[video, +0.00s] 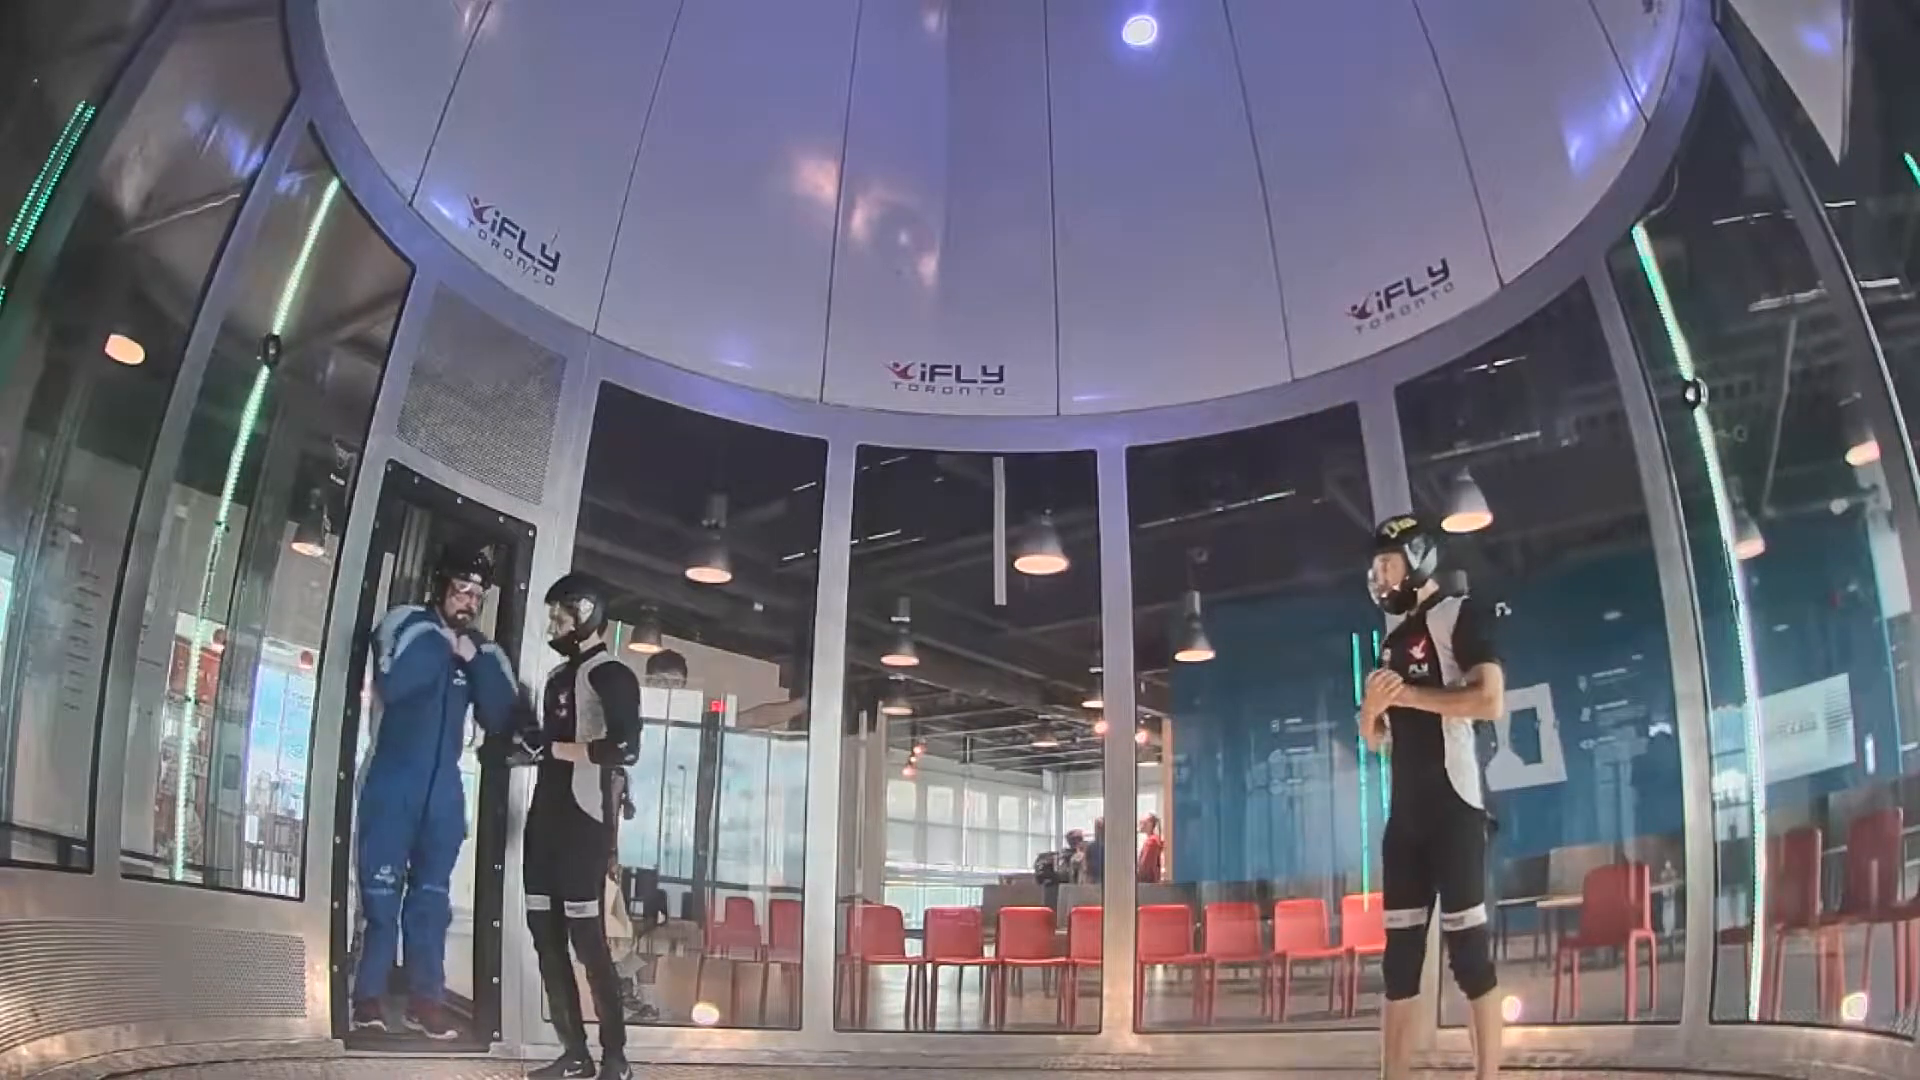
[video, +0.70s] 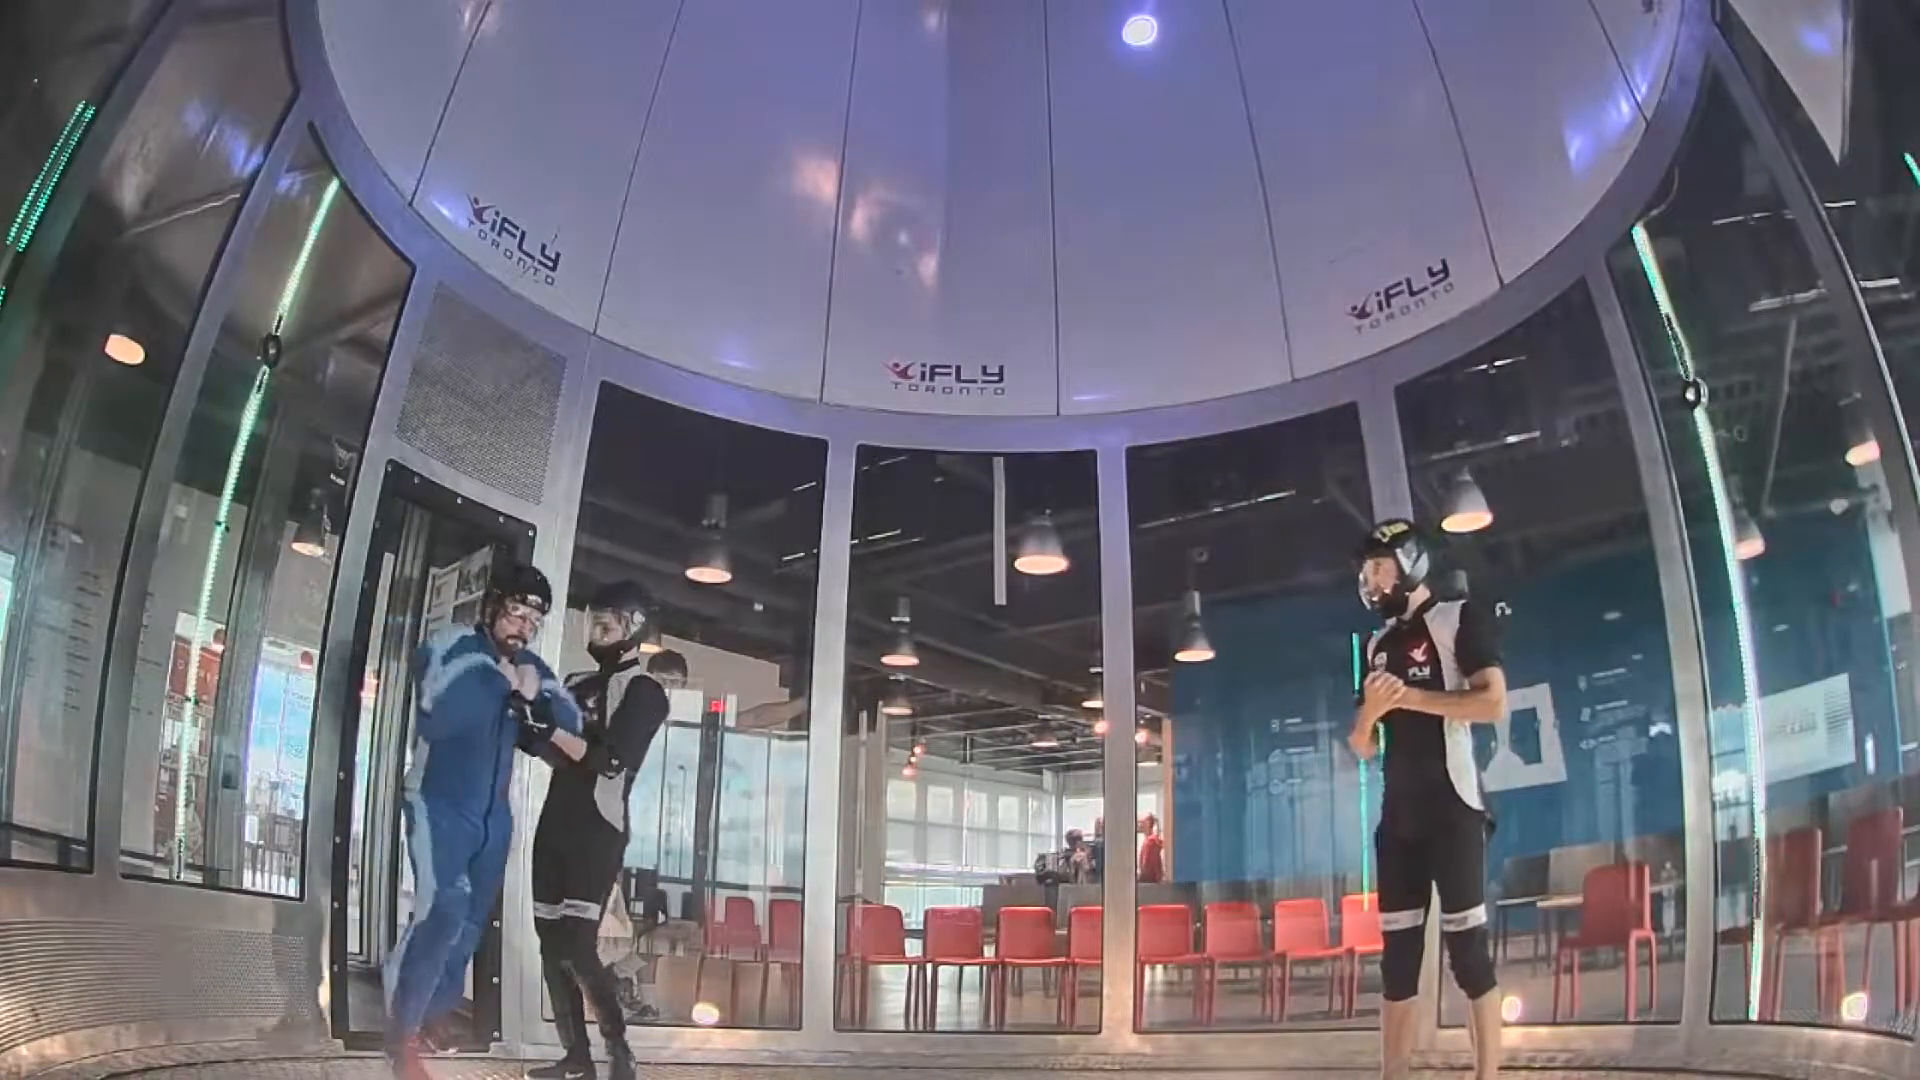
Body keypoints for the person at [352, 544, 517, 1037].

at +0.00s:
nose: (467, 600)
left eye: (476, 593)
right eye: (460, 588)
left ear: (482, 599)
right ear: (441, 586)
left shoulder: (484, 651)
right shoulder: (408, 623)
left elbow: (499, 718)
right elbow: (394, 686)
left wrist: (480, 656)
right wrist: (440, 640)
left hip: (446, 784)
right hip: (394, 777)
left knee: (432, 893)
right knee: (382, 889)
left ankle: (426, 1002)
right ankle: (368, 1001)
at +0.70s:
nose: (523, 624)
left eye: (533, 616)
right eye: (515, 611)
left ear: (538, 622)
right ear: (492, 606)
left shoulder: (530, 665)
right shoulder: (454, 649)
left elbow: (573, 723)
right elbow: (438, 719)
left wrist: (539, 692)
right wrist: (493, 674)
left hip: (495, 811)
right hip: (442, 803)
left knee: (471, 920)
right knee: (445, 910)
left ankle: (425, 1025)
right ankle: (403, 1034)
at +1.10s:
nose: (600, 683)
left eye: (605, 674)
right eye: (592, 668)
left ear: (606, 676)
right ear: (559, 660)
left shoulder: (586, 711)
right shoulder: (508, 690)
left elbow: (634, 722)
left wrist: (690, 733)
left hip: (520, 861)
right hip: (460, 846)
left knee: (495, 974)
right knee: (471, 968)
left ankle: (422, 1034)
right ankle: (405, 1032)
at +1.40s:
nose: (663, 745)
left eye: (675, 733)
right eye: (653, 728)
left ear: (684, 728)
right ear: (624, 709)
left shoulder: (675, 735)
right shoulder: (579, 718)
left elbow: (748, 706)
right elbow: (555, 624)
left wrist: (826, 670)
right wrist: (590, 554)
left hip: (548, 896)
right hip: (493, 875)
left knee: (480, 1002)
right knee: (465, 1005)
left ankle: (423, 1049)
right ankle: (408, 1053)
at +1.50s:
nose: (694, 738)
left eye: (706, 728)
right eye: (686, 719)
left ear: (714, 726)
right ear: (656, 699)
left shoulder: (696, 735)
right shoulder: (604, 704)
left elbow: (774, 697)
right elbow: (587, 612)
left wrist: (859, 668)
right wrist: (622, 536)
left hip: (558, 891)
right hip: (502, 862)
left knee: (484, 970)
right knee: (461, 970)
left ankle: (419, 1025)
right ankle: (407, 1034)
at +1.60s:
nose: (745, 733)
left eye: (759, 724)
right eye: (741, 713)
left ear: (769, 721)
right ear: (713, 683)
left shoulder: (721, 733)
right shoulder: (654, 686)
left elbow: (806, 685)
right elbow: (633, 596)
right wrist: (667, 520)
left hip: (573, 842)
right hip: (519, 808)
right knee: (459, 893)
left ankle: (483, 928)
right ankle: (396, 972)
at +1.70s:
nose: (760, 726)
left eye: (777, 721)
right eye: (759, 707)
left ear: (782, 724)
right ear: (733, 678)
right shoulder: (667, 678)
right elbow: (640, 583)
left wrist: (906, 662)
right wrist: (689, 522)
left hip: (565, 821)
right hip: (523, 778)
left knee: (486, 856)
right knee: (447, 845)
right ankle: (370, 913)